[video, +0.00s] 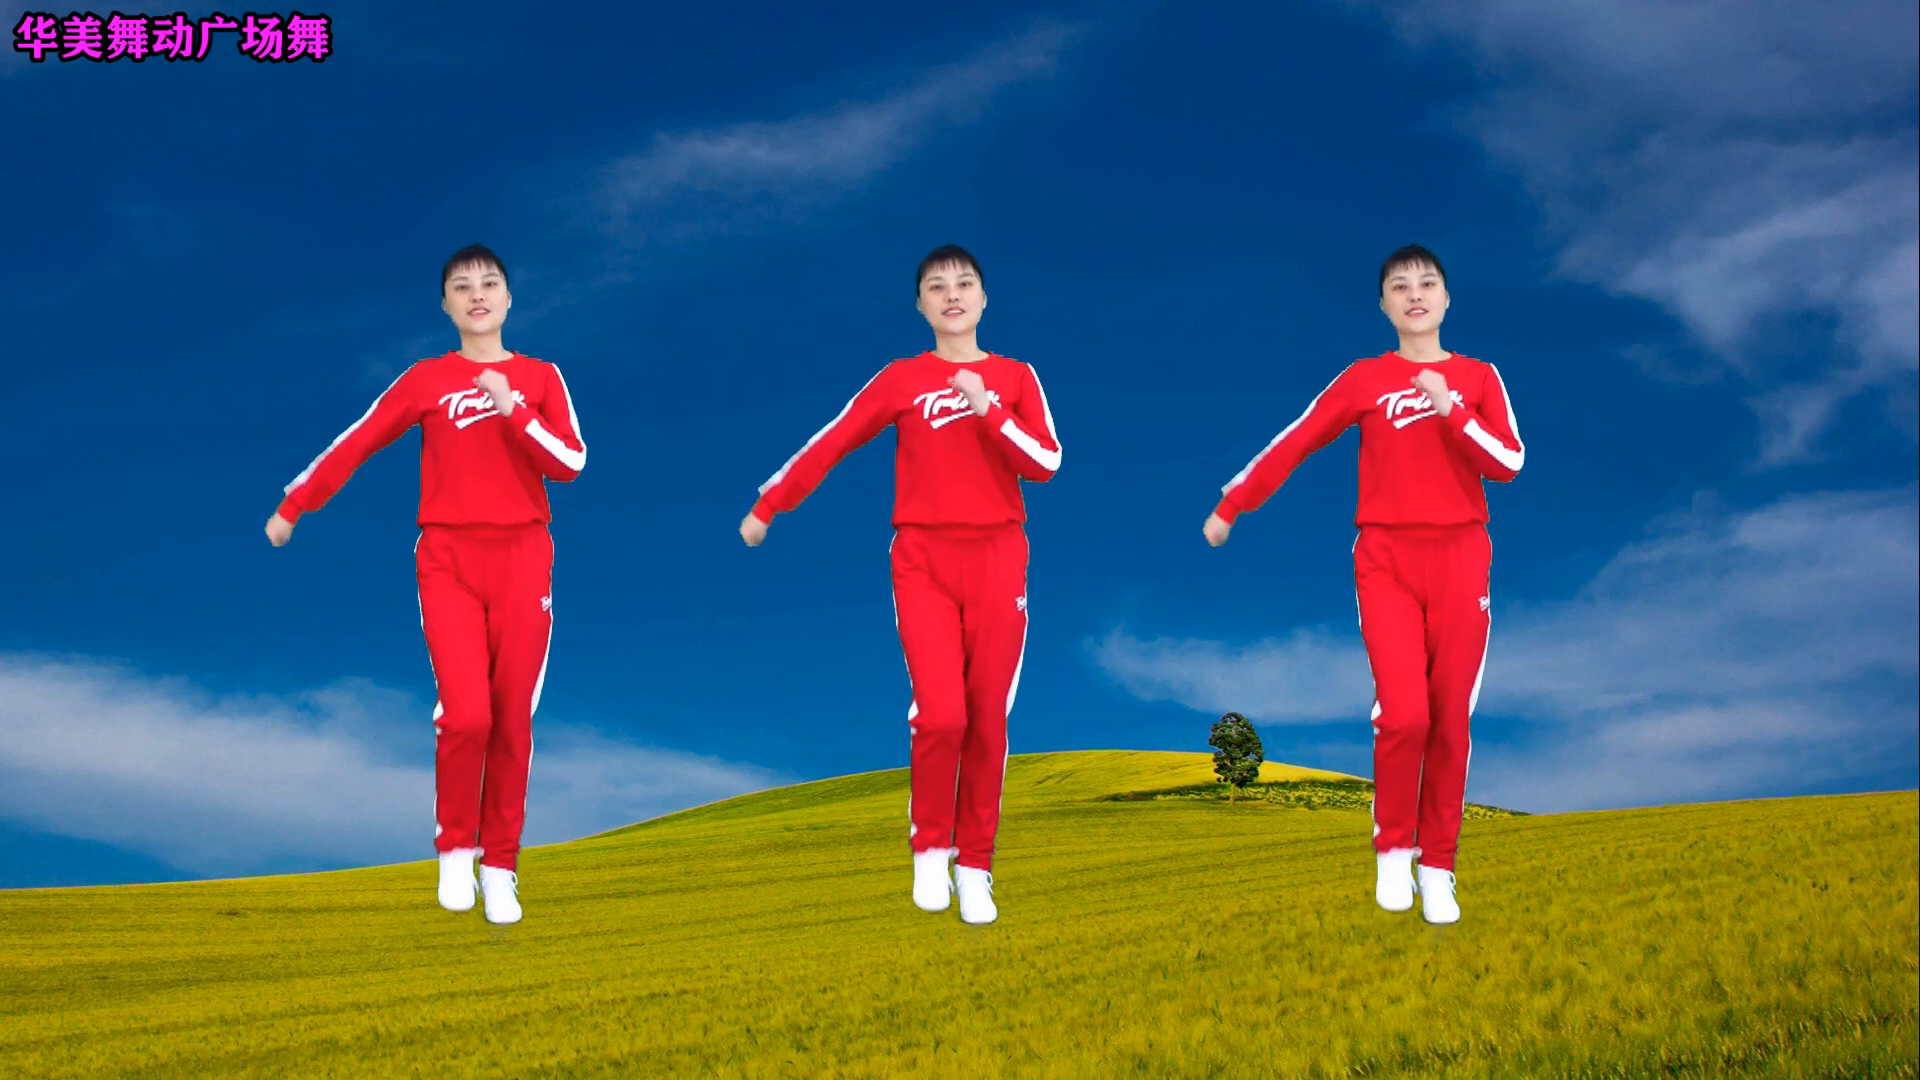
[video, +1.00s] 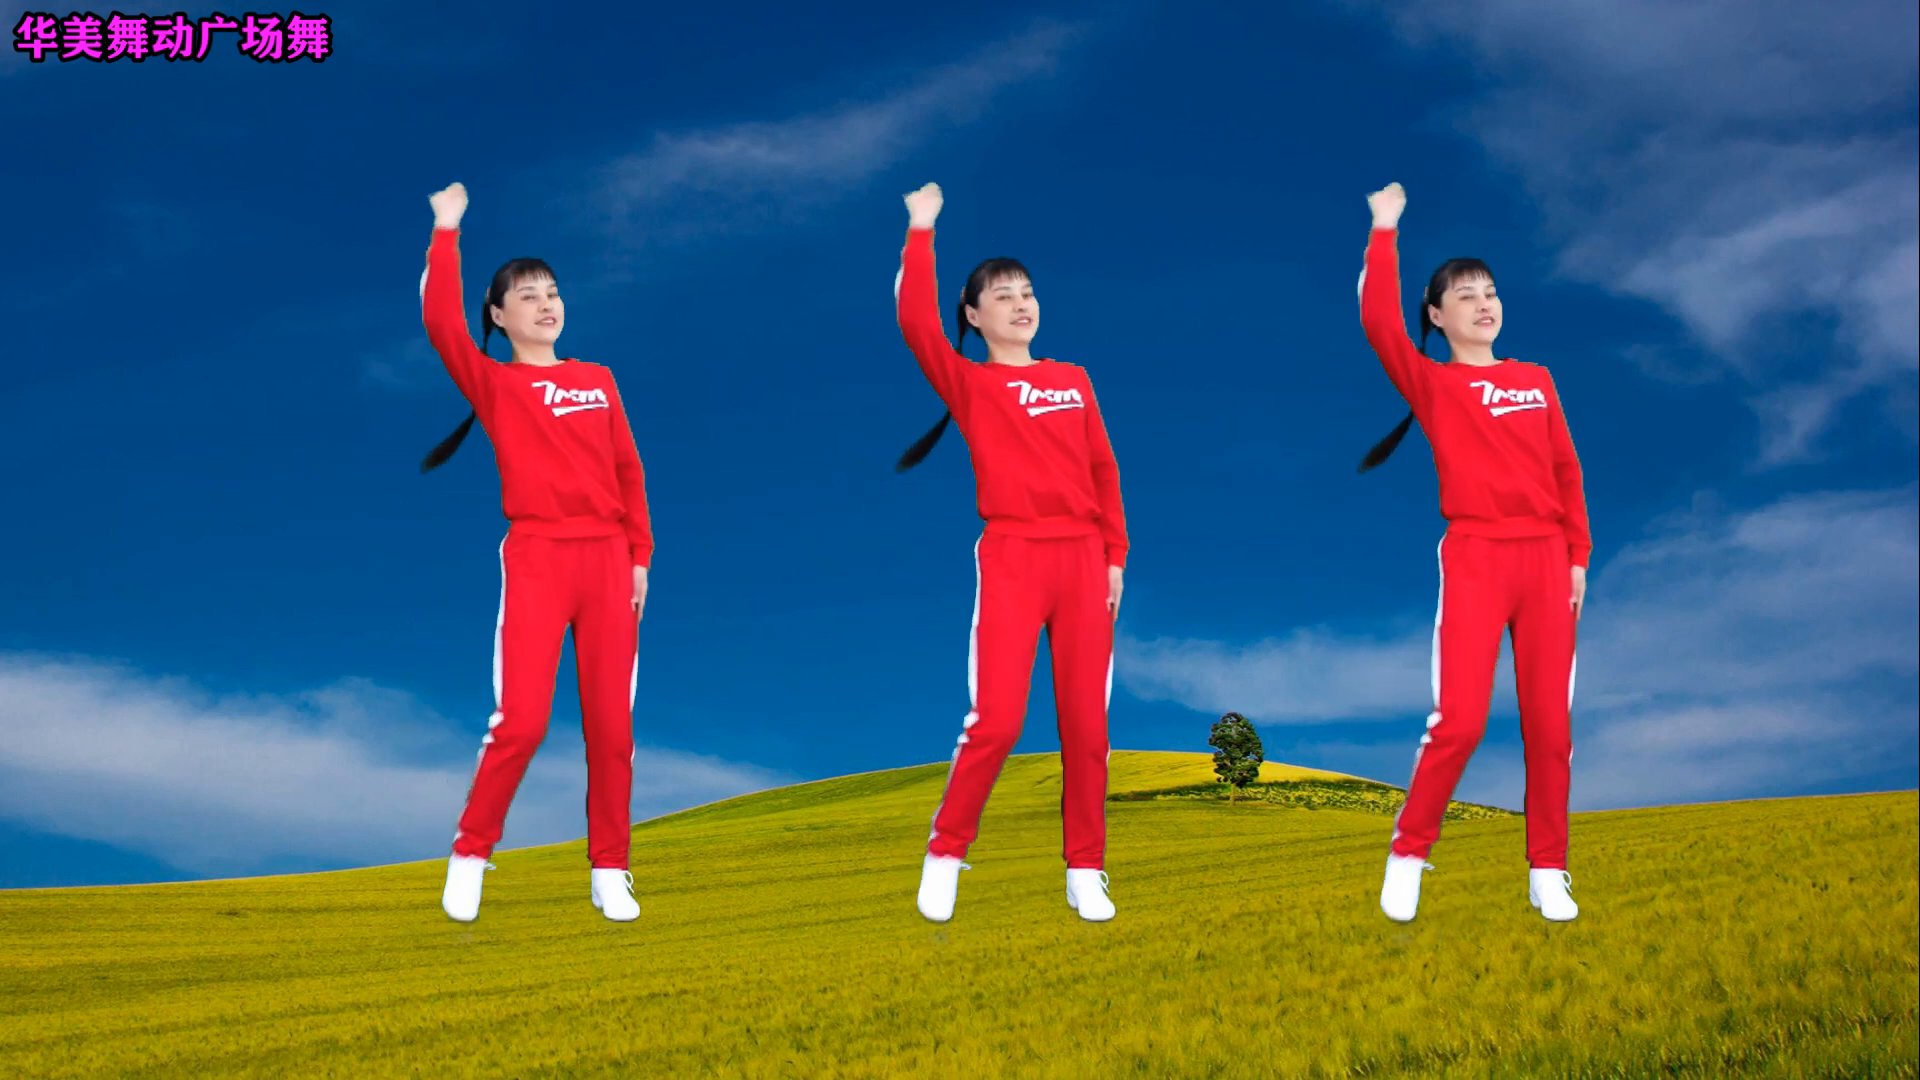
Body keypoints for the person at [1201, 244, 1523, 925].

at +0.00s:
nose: (1416, 295)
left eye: (1427, 284)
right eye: (1401, 287)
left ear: (1446, 298)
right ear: (1385, 305)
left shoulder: (1477, 376)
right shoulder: (1362, 380)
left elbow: (1508, 463)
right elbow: (1294, 442)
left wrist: (1453, 412)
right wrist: (1229, 504)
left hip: (1462, 557)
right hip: (1386, 558)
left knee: (1452, 714)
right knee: (1404, 713)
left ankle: (1438, 861)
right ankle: (1394, 849)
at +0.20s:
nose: (1422, 302)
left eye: (1431, 292)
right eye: (1406, 294)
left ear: (1445, 308)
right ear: (1383, 312)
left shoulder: (1474, 389)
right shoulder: (1355, 383)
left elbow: (1502, 473)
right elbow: (1268, 419)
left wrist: (1478, 489)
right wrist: (1175, 454)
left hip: (1461, 564)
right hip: (1386, 565)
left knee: (1450, 725)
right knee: (1394, 726)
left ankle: (1436, 868)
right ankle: (1388, 870)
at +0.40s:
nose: (1433, 314)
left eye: (1436, 305)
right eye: (1415, 306)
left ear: (1444, 324)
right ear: (1381, 327)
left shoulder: (1471, 404)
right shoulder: (1361, 404)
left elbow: (1495, 498)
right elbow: (1295, 472)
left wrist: (1511, 583)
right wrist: (1229, 539)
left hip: (1454, 580)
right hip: (1380, 577)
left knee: (1460, 729)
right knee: (1385, 732)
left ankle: (1446, 844)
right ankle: (1387, 871)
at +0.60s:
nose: (1438, 301)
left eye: (1440, 291)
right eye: (1421, 291)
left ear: (1444, 309)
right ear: (1385, 311)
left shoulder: (1469, 392)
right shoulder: (1371, 378)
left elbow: (1489, 490)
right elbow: (1428, 429)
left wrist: (1499, 567)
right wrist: (1522, 452)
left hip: (1465, 565)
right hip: (1394, 561)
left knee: (1496, 709)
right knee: (1392, 724)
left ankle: (1500, 834)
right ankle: (1386, 868)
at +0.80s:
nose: (1468, 291)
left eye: (1467, 281)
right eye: (1453, 282)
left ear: (1458, 302)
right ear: (1412, 301)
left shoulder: (1491, 380)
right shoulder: (1395, 370)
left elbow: (1520, 472)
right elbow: (1434, 300)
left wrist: (1534, 552)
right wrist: (1497, 247)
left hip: (1502, 554)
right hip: (1429, 554)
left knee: (1526, 715)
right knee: (1409, 716)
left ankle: (1552, 859)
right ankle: (1388, 862)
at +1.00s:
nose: (1486, 304)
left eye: (1491, 294)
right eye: (1469, 296)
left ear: (1501, 310)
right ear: (1439, 316)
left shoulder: (1534, 379)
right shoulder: (1430, 380)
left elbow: (1568, 473)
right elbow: (1381, 315)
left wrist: (1577, 559)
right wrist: (1383, 227)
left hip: (1547, 559)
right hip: (1474, 558)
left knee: (1551, 727)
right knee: (1460, 723)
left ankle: (1549, 869)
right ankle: (1410, 853)